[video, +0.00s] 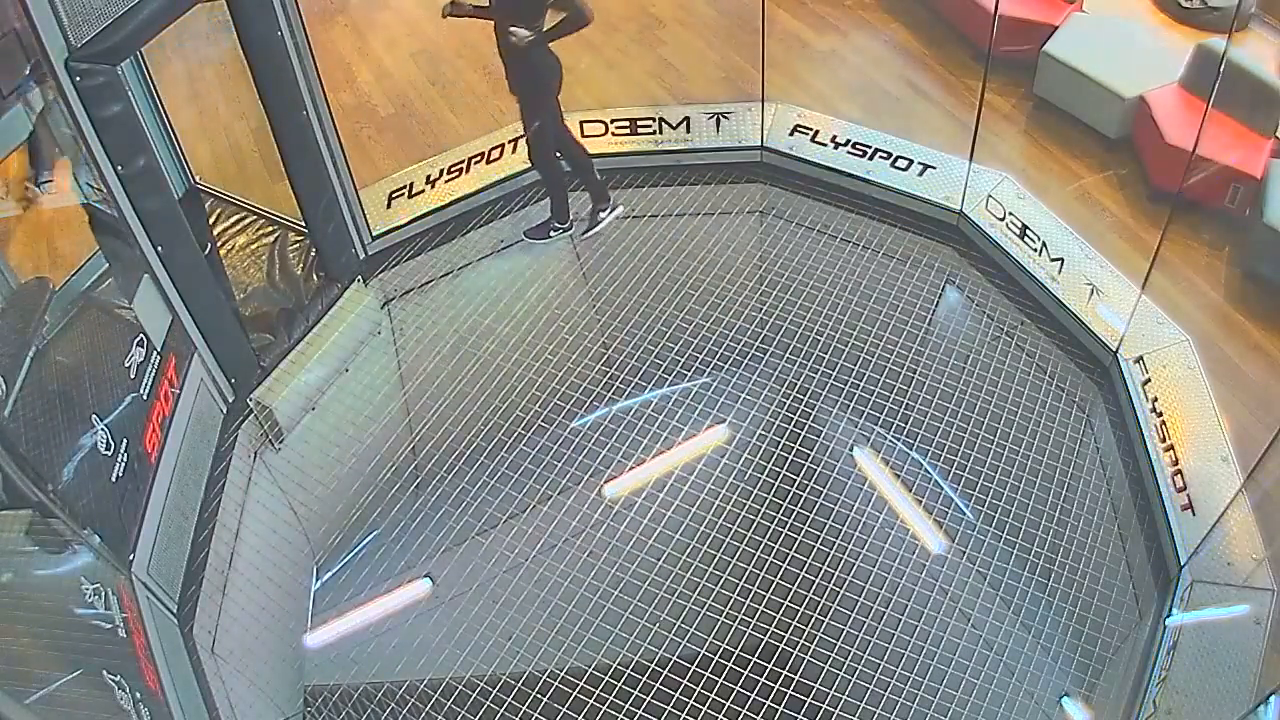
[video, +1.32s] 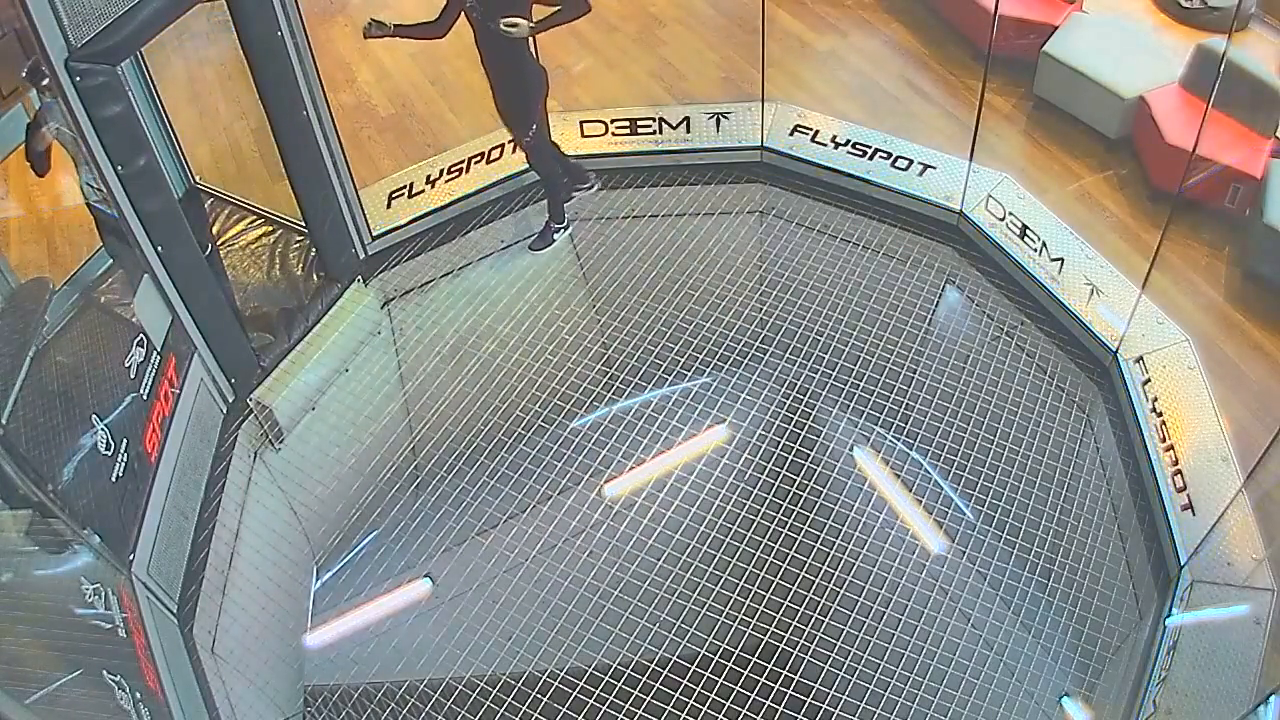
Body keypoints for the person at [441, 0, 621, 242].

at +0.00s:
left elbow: (582, 15)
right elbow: (508, 12)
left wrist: (535, 38)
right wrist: (468, 10)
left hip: (537, 72)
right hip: (523, 71)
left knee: (540, 151)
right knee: (562, 140)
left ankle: (561, 219)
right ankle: (603, 202)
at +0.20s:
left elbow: (613, 2)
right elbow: (511, 13)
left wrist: (566, 22)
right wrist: (476, 12)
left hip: (554, 64)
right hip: (529, 66)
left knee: (548, 147)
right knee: (570, 137)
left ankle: (561, 220)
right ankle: (605, 199)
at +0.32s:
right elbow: (512, 16)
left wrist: (577, 16)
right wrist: (481, 7)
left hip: (563, 62)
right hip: (535, 66)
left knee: (555, 143)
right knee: (574, 134)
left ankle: (559, 219)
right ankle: (606, 200)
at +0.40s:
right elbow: (509, 19)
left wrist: (581, 12)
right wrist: (482, 6)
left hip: (566, 62)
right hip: (538, 66)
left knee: (559, 140)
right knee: (575, 133)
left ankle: (559, 221)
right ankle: (608, 201)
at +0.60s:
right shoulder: (496, 2)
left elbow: (606, 0)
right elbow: (488, 25)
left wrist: (569, 11)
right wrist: (461, 14)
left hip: (562, 61)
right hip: (531, 67)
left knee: (560, 138)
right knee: (571, 133)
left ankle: (559, 222)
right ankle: (608, 201)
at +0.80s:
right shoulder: (479, 1)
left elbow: (598, 1)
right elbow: (463, 28)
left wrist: (554, 5)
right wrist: (428, 33)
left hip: (548, 65)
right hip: (517, 71)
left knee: (552, 144)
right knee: (562, 135)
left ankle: (557, 221)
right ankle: (604, 197)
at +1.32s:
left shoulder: (522, 3)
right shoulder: (464, 3)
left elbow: (581, 6)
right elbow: (439, 28)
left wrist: (534, 28)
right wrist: (390, 30)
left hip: (527, 75)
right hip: (498, 81)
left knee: (536, 147)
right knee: (530, 141)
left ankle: (558, 221)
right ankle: (580, 176)